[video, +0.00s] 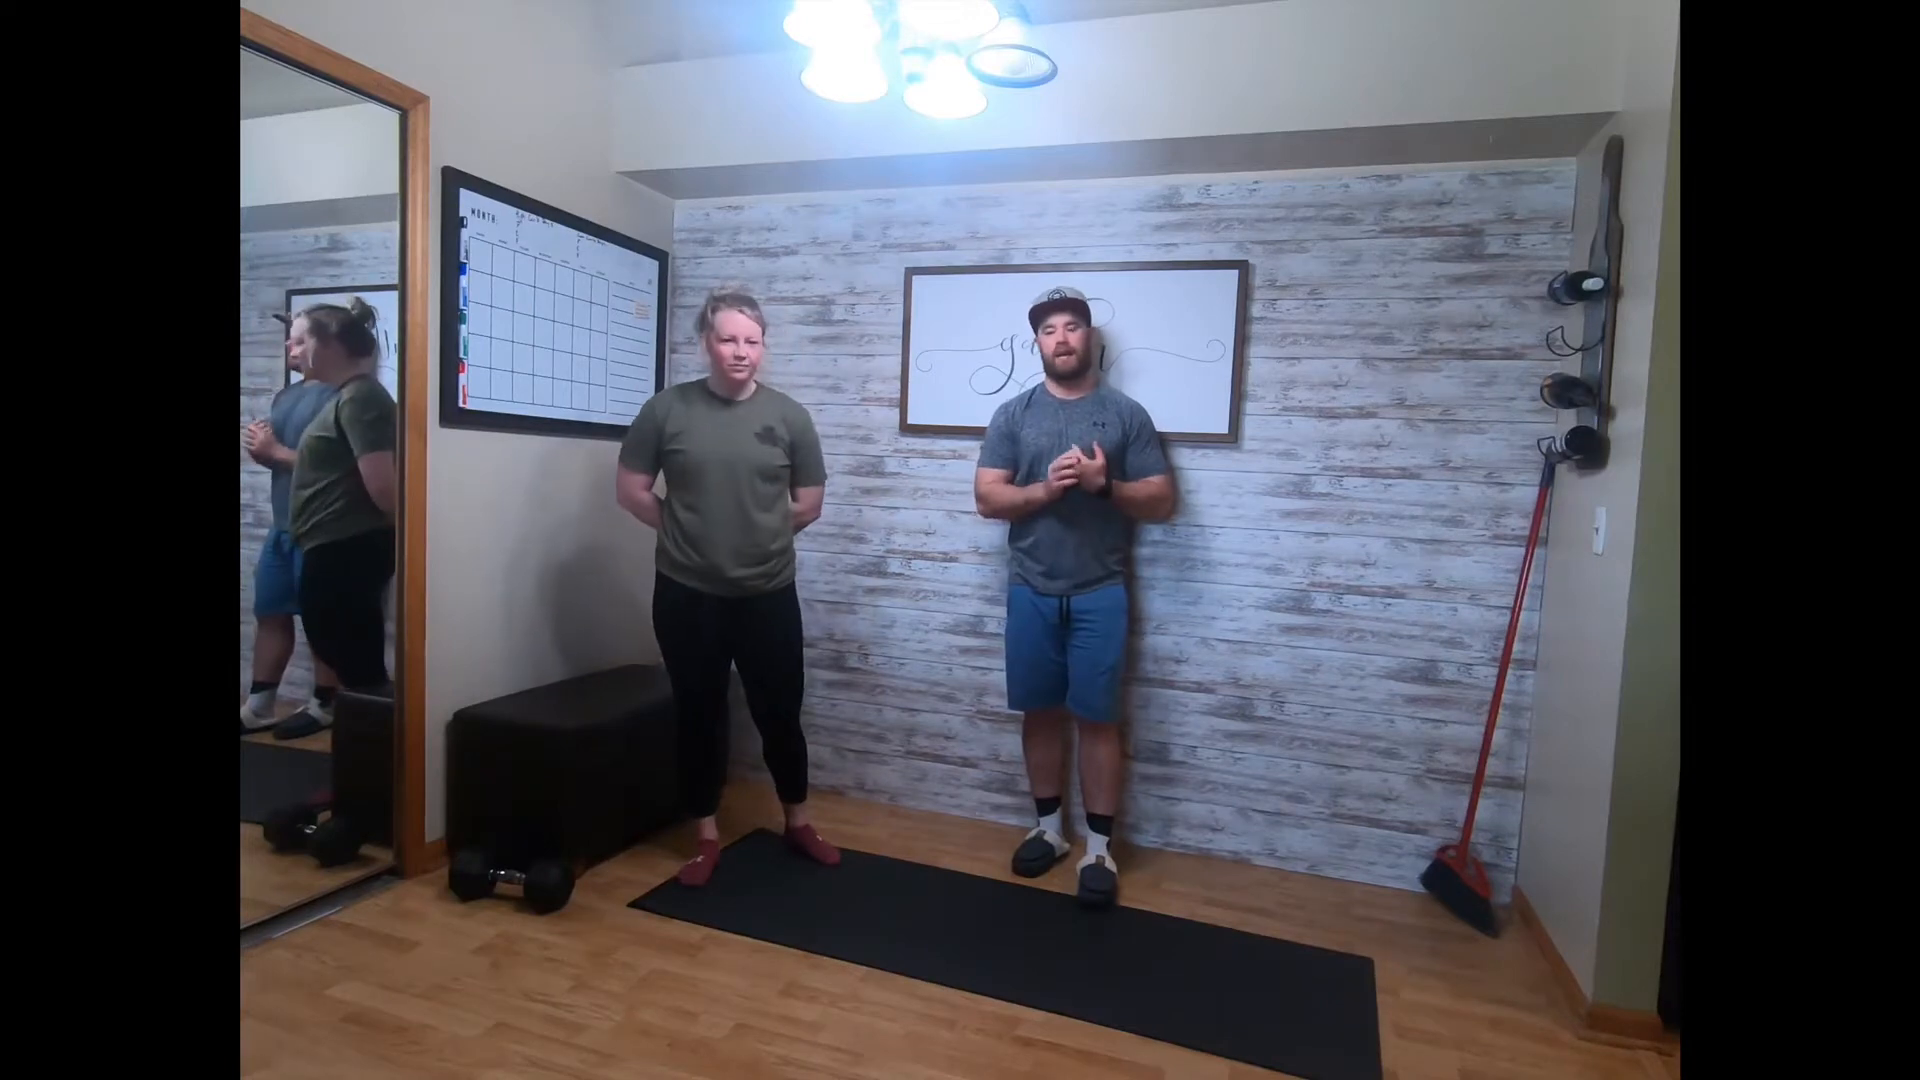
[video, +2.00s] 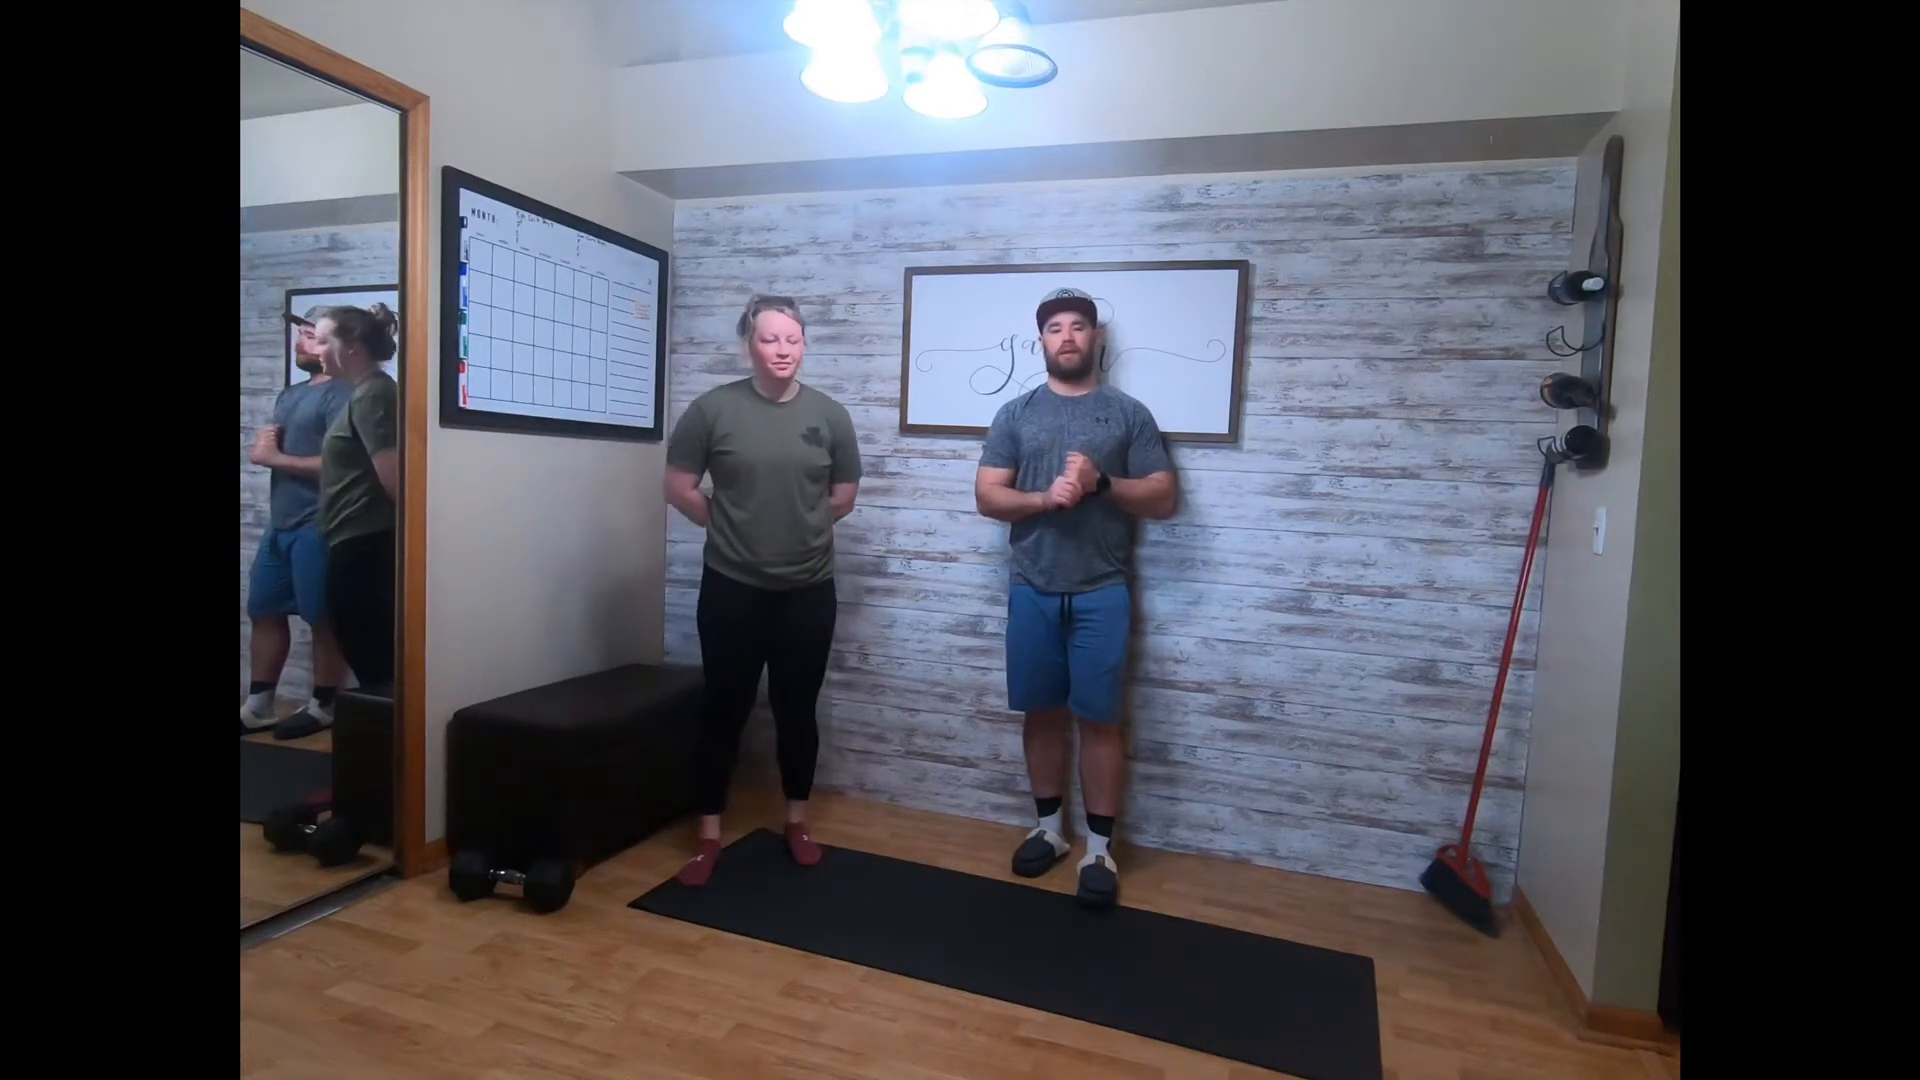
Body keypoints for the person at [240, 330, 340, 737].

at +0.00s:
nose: (291, 349)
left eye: (298, 341)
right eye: (289, 342)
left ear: (323, 343)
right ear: (290, 348)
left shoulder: (339, 396)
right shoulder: (285, 396)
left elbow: (330, 464)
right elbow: (277, 455)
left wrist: (276, 452)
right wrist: (262, 440)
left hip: (322, 531)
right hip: (283, 528)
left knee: (321, 622)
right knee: (272, 613)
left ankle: (325, 706)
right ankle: (260, 704)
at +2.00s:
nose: (300, 340)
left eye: (310, 335)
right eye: (301, 333)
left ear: (331, 347)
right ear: (302, 343)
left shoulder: (342, 394)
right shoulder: (289, 395)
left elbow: (337, 464)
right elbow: (278, 443)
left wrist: (275, 458)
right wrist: (267, 443)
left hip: (319, 524)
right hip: (280, 524)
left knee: (322, 618)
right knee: (265, 610)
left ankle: (324, 707)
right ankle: (259, 704)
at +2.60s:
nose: (297, 339)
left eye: (307, 333)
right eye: (297, 332)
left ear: (328, 344)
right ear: (300, 341)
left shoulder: (342, 396)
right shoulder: (289, 394)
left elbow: (339, 465)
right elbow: (279, 442)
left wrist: (274, 461)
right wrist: (263, 441)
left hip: (318, 525)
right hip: (277, 524)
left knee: (322, 619)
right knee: (263, 610)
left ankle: (323, 707)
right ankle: (259, 704)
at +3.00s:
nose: (293, 338)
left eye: (304, 333)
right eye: (295, 332)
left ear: (327, 346)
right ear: (299, 343)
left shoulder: (338, 397)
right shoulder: (288, 396)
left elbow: (337, 464)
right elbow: (280, 444)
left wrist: (274, 462)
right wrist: (264, 442)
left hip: (317, 523)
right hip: (278, 524)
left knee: (322, 617)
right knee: (264, 610)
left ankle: (324, 706)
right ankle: (259, 704)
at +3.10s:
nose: (293, 339)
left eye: (303, 333)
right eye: (294, 332)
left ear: (327, 345)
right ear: (300, 343)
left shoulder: (338, 396)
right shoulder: (289, 396)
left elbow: (336, 464)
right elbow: (278, 441)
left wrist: (275, 462)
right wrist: (265, 442)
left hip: (317, 524)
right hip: (278, 524)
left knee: (322, 618)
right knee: (263, 610)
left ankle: (324, 707)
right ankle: (259, 704)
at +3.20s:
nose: (294, 341)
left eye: (303, 334)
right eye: (295, 334)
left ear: (326, 346)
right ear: (300, 345)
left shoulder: (339, 396)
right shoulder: (291, 395)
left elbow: (334, 462)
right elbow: (282, 437)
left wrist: (275, 456)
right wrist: (268, 439)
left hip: (317, 523)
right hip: (278, 524)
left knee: (322, 619)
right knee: (263, 610)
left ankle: (324, 707)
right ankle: (259, 704)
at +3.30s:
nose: (294, 338)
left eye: (304, 331)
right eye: (296, 331)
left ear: (327, 344)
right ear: (306, 345)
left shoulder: (341, 395)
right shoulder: (292, 396)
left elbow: (337, 459)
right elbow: (280, 459)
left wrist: (281, 439)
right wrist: (255, 439)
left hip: (317, 524)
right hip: (277, 525)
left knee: (322, 618)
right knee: (262, 610)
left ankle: (324, 707)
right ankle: (259, 704)